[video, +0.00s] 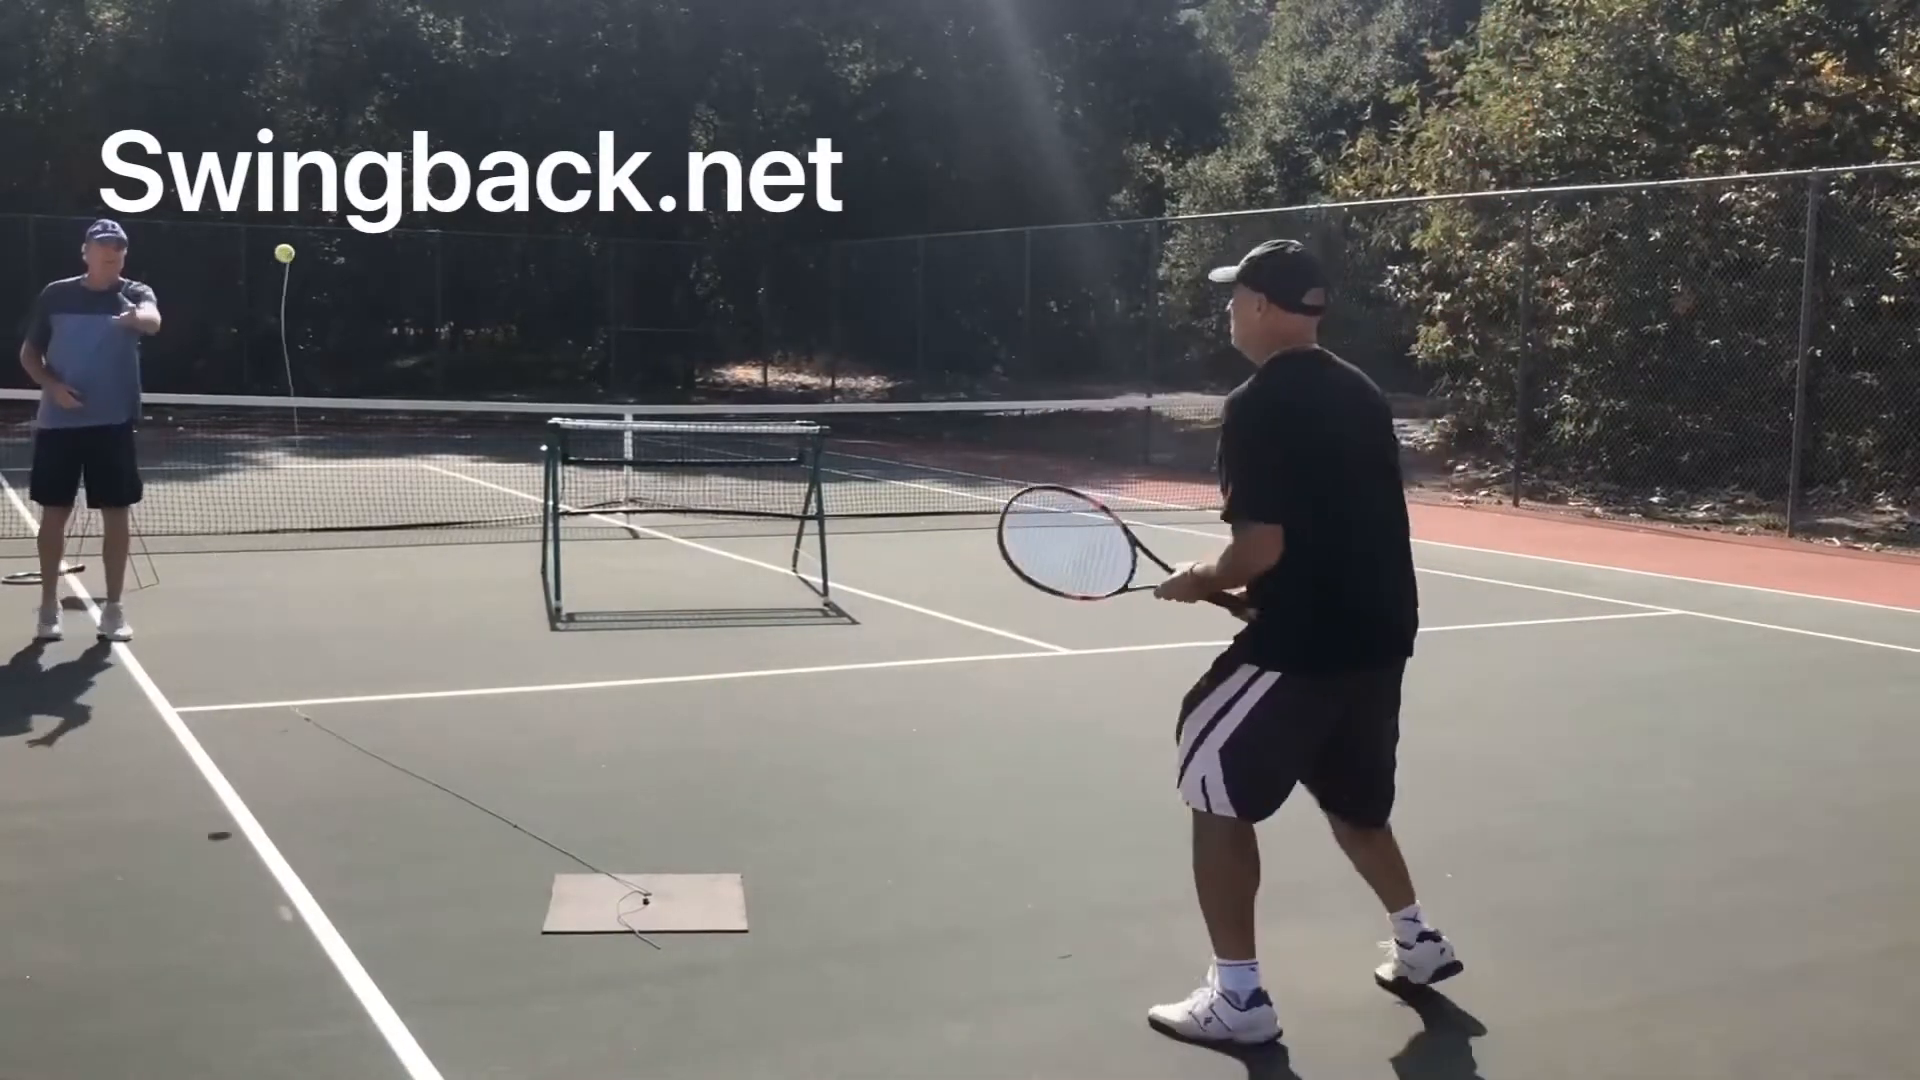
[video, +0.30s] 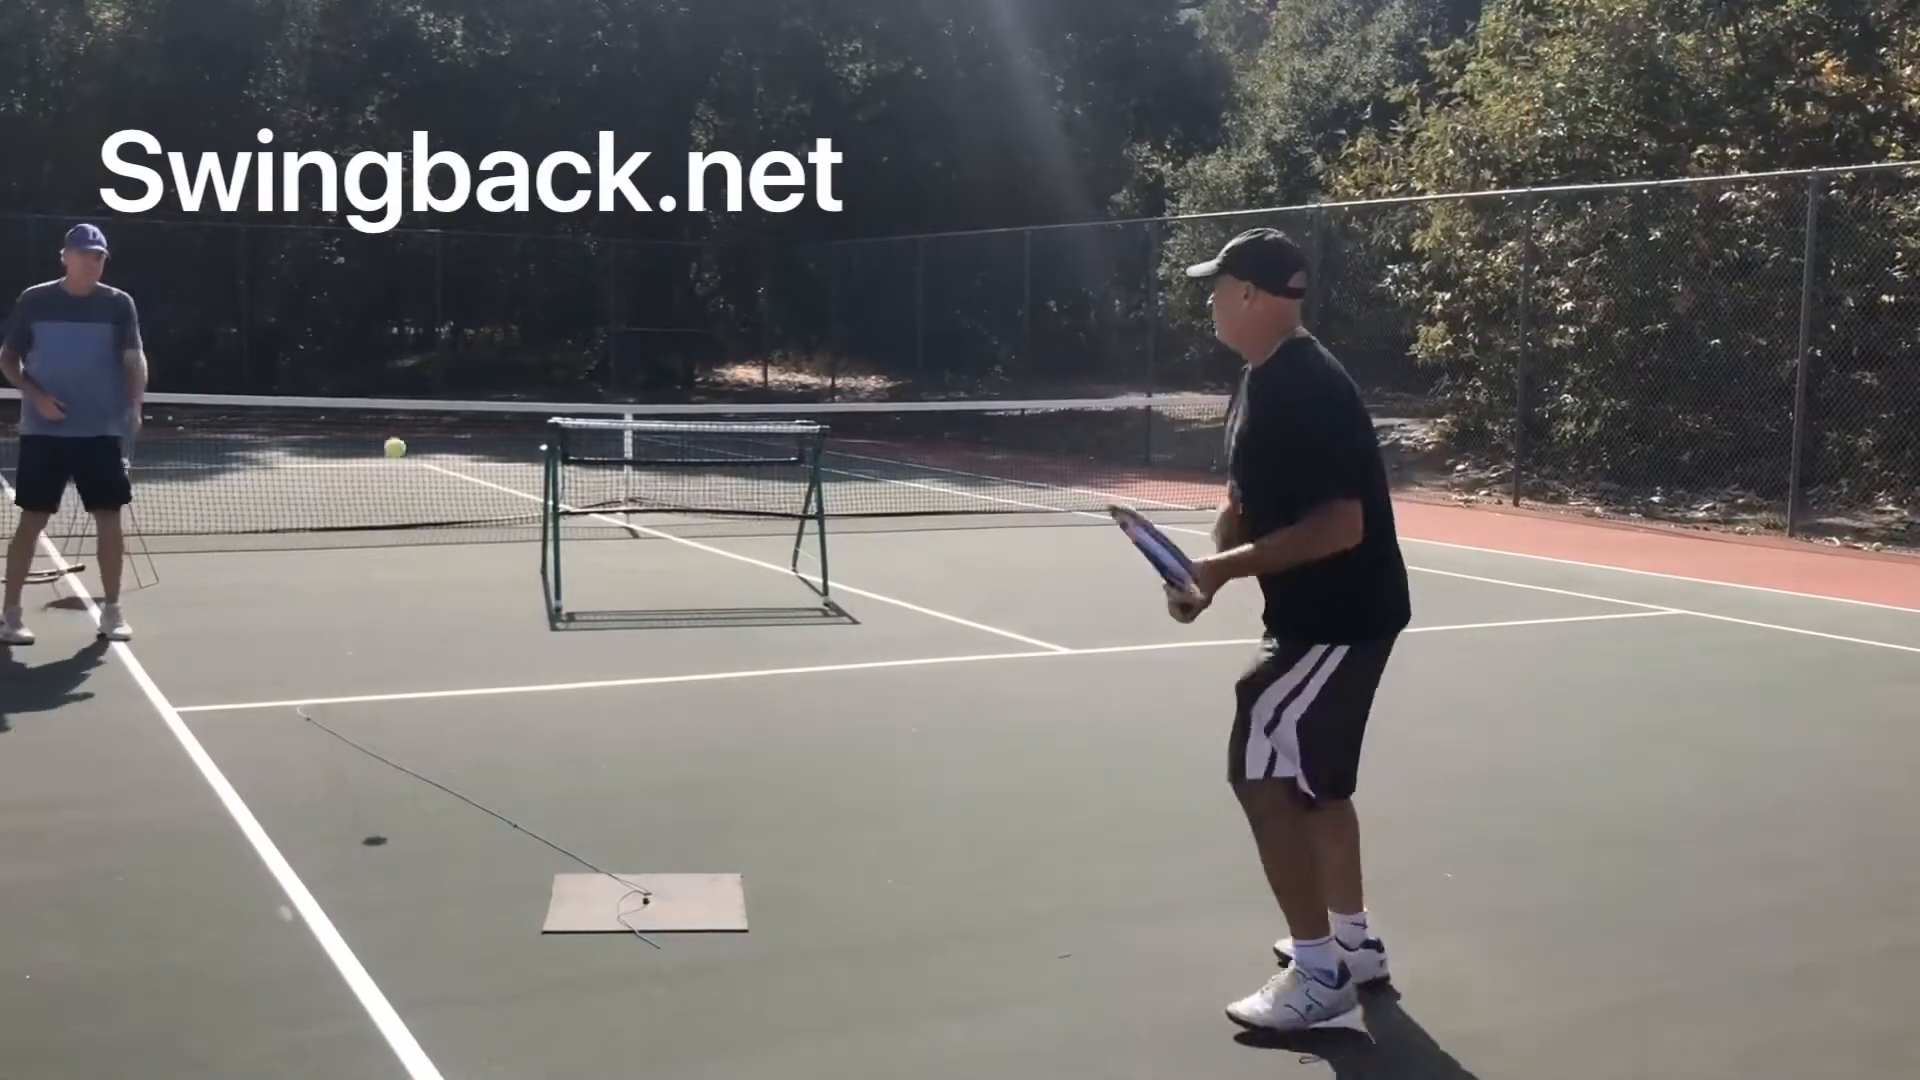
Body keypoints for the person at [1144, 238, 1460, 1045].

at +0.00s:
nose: (1230, 312)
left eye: (1238, 300)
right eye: (1234, 299)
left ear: (1269, 309)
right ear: (1309, 311)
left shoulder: (1259, 403)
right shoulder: (1361, 392)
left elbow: (1260, 544)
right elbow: (1359, 528)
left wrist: (1208, 577)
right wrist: (1259, 584)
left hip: (1298, 646)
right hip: (1379, 642)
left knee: (1214, 785)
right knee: (1354, 800)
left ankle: (1236, 994)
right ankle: (1418, 941)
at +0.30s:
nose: (1212, 303)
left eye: (1224, 290)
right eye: (1216, 289)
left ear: (1268, 299)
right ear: (1264, 299)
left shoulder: (1305, 383)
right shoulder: (1267, 380)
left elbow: (1342, 523)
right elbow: (1251, 503)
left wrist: (1225, 564)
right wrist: (1205, 572)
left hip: (1341, 619)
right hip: (1321, 613)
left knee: (1260, 770)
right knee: (1320, 778)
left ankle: (1318, 974)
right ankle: (1352, 944)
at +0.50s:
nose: (1171, 326)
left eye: (1181, 312)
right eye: (1174, 313)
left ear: (1223, 317)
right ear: (1217, 319)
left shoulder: (1297, 399)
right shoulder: (1205, 402)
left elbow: (1351, 520)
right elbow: (1194, 514)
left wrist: (1252, 569)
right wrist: (1187, 587)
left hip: (1338, 629)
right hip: (1277, 626)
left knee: (1299, 793)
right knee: (1251, 769)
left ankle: (1373, 977)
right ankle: (1334, 925)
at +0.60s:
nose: (1140, 336)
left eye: (1148, 322)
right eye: (1141, 323)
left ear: (1187, 322)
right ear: (1184, 324)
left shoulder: (1272, 396)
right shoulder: (1176, 407)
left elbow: (1339, 513)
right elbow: (1162, 524)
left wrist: (1242, 559)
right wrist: (1162, 583)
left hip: (1323, 622)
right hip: (1256, 621)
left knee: (1283, 785)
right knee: (1234, 768)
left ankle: (1368, 973)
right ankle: (1307, 930)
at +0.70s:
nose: (1112, 344)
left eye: (1119, 329)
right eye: (1112, 331)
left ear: (1162, 326)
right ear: (1157, 330)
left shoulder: (1240, 389)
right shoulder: (1145, 411)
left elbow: (1321, 490)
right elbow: (1129, 507)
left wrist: (1214, 520)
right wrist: (1133, 554)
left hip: (1298, 611)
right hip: (1235, 608)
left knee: (1245, 772)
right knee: (1186, 748)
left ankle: (1341, 960)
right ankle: (1277, 904)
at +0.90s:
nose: (1041, 395)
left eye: (1048, 379)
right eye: (1039, 381)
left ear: (1089, 373)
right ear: (1073, 380)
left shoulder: (1171, 420)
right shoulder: (1070, 453)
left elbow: (1259, 465)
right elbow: (1065, 558)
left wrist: (1145, 463)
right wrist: (1076, 521)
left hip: (1238, 640)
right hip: (1163, 630)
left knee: (1230, 805)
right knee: (1068, 716)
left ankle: (1346, 969)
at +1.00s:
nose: (982, 416)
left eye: (987, 402)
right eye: (981, 403)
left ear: (1022, 398)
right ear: (1020, 401)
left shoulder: (1121, 443)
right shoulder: (1012, 477)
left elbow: (1202, 489)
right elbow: (1019, 561)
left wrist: (1113, 488)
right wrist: (1039, 570)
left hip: (1186, 651)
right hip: (1112, 641)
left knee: (1214, 805)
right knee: (1021, 715)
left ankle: (1342, 968)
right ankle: (949, 831)